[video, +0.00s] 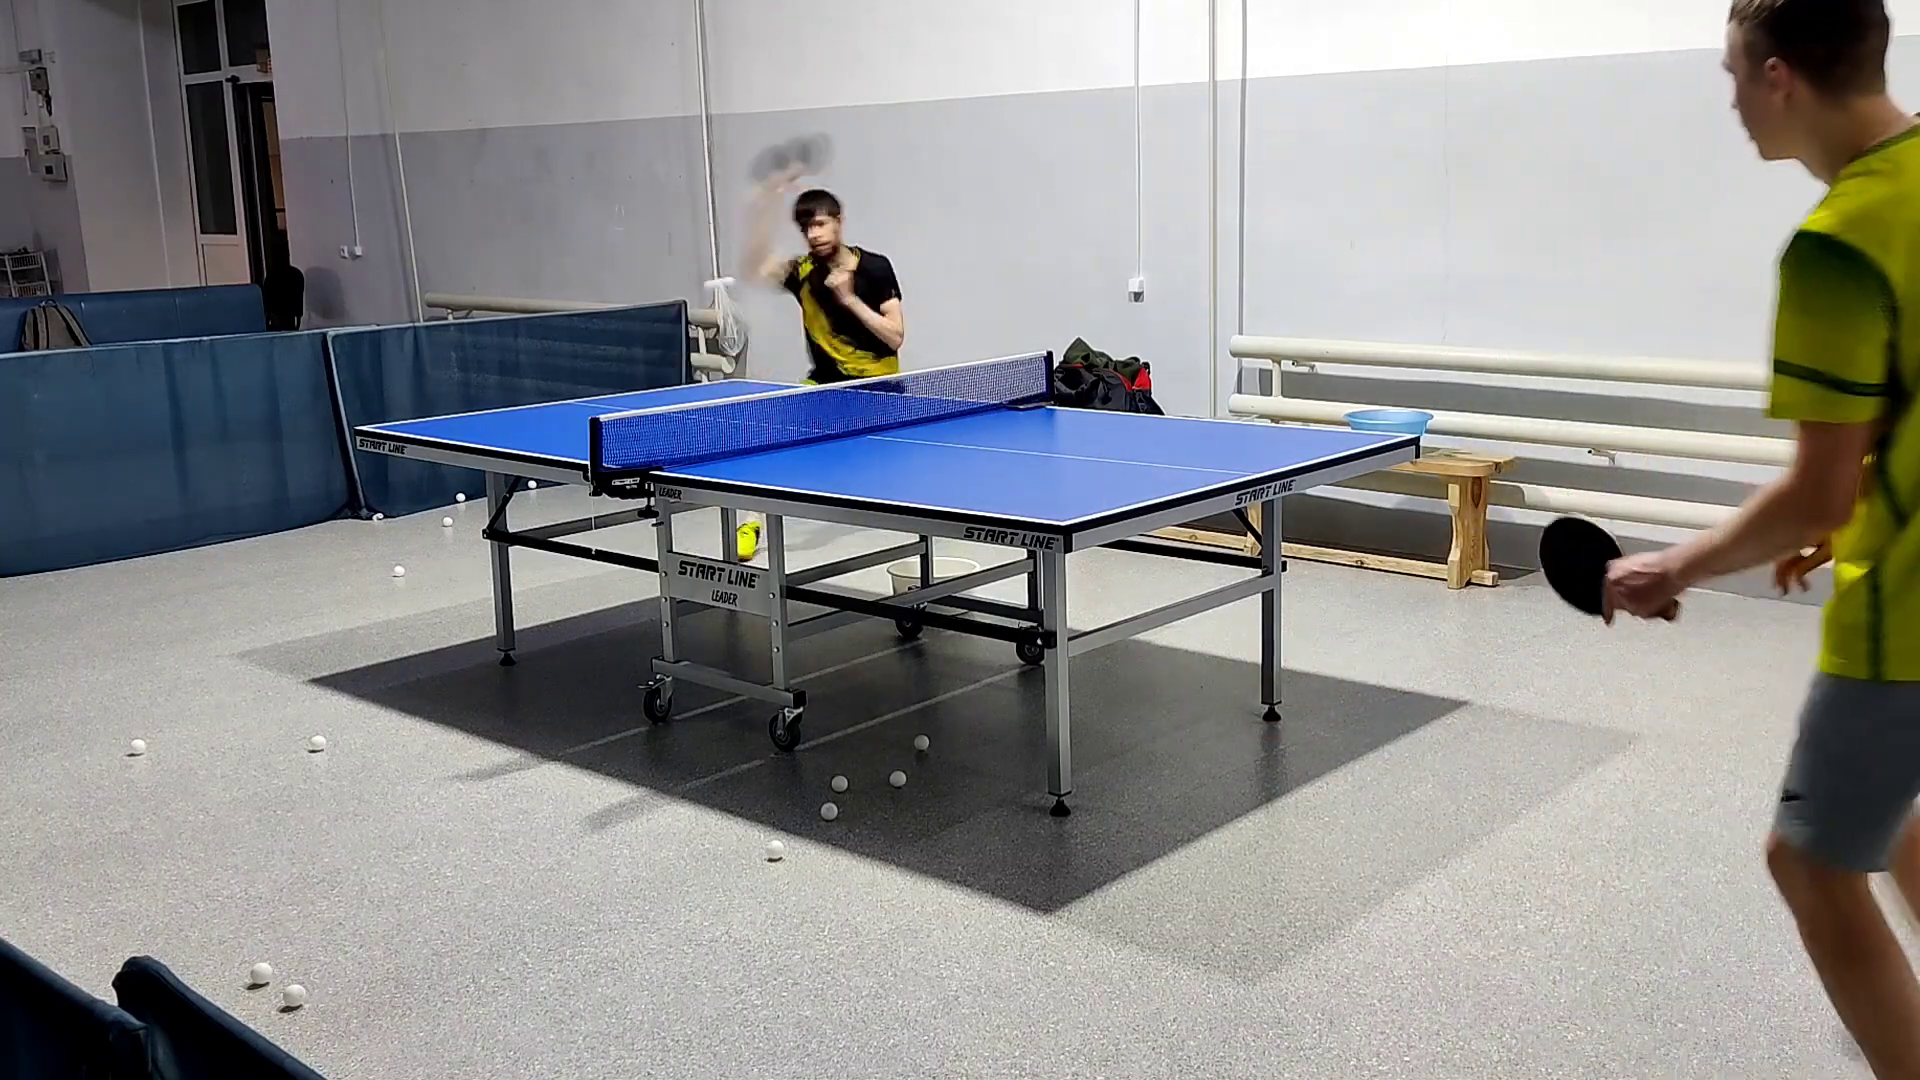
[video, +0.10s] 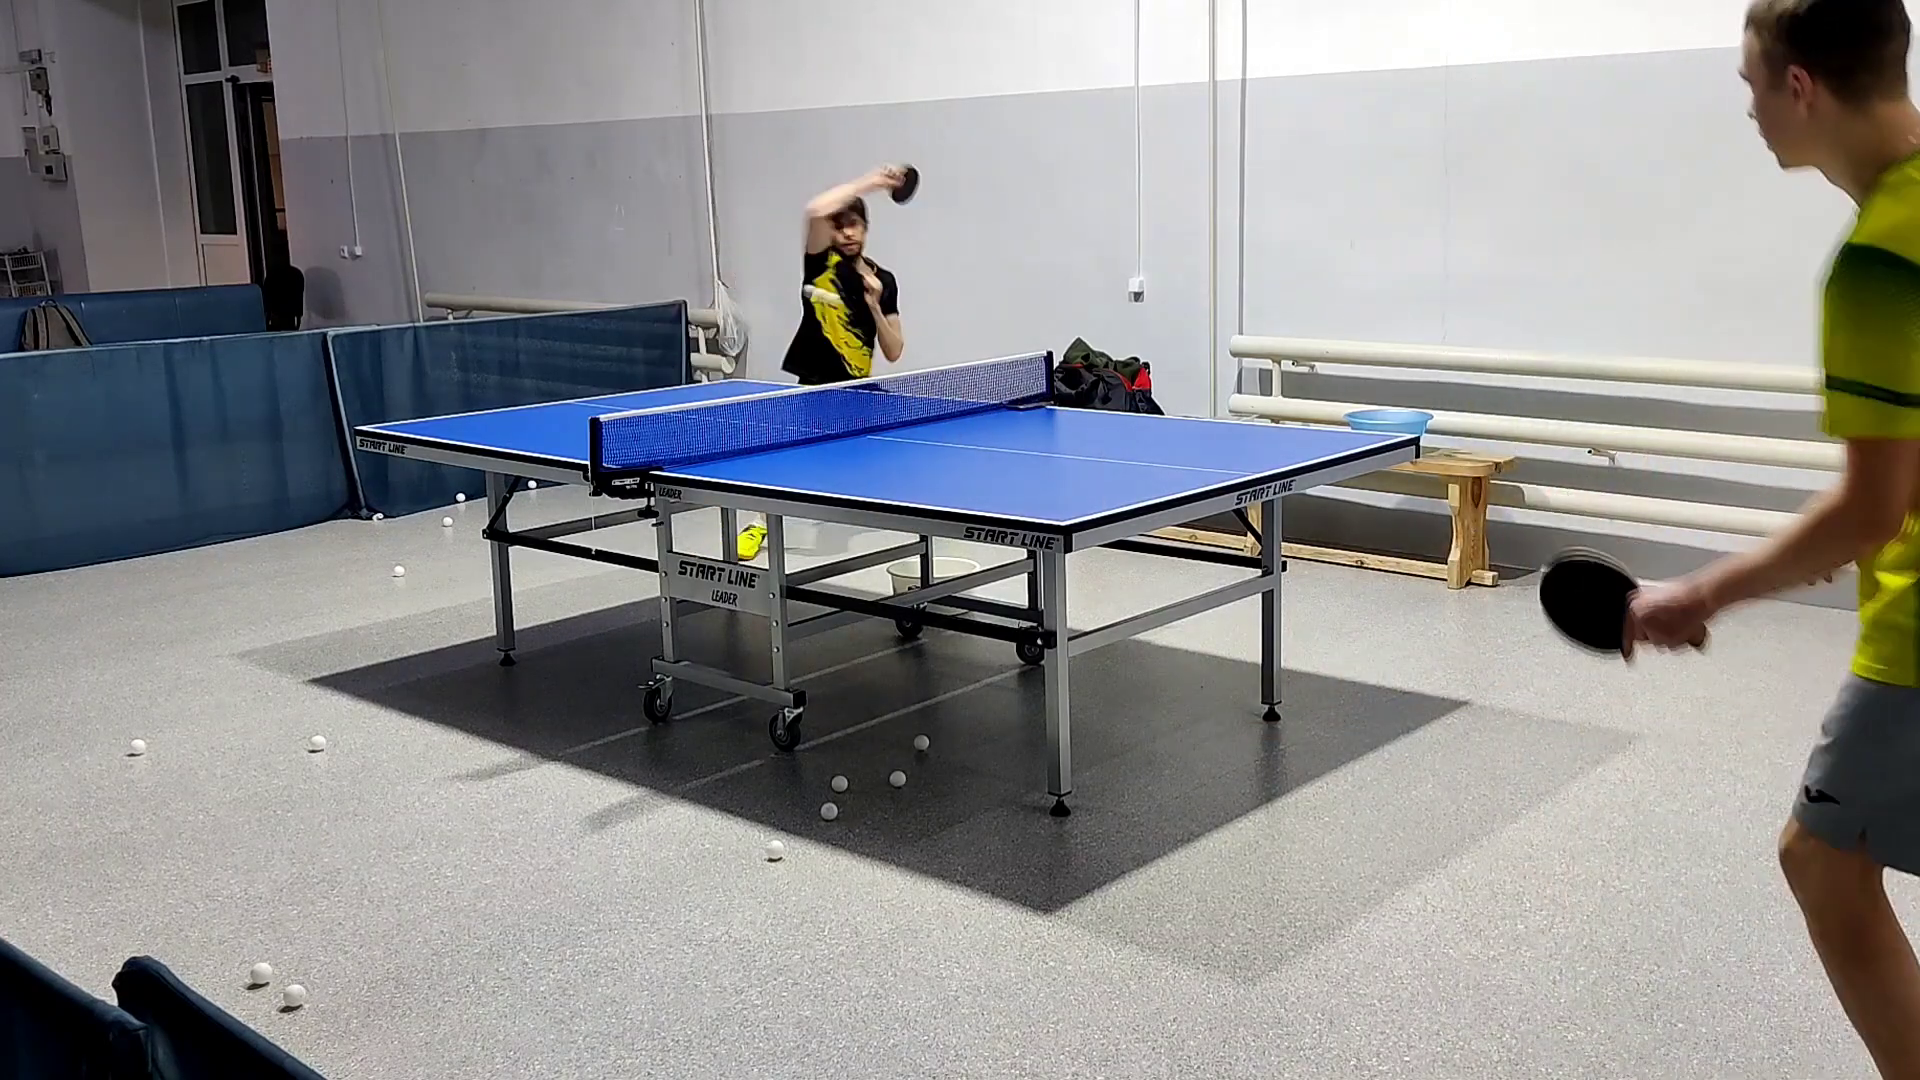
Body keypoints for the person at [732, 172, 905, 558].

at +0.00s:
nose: (813, 233)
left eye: (820, 224)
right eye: (807, 227)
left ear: (840, 223)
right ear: (802, 232)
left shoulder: (874, 268)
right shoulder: (800, 271)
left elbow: (895, 339)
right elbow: (752, 273)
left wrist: (849, 298)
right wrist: (769, 203)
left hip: (877, 385)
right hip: (823, 384)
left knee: (896, 465)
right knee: (766, 430)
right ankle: (752, 522)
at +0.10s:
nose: (846, 233)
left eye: (854, 225)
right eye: (839, 226)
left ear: (866, 229)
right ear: (828, 231)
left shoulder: (881, 279)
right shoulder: (820, 262)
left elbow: (893, 352)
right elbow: (814, 213)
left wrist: (874, 305)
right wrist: (872, 181)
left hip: (857, 390)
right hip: (811, 384)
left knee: (871, 470)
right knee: (784, 453)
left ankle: (901, 562)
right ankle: (760, 524)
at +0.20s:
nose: (864, 234)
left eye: (870, 226)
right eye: (856, 227)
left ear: (877, 232)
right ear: (841, 231)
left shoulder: (878, 284)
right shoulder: (830, 266)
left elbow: (885, 360)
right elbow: (838, 221)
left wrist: (883, 322)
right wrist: (889, 190)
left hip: (853, 388)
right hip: (811, 383)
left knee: (875, 468)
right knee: (793, 457)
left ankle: (900, 560)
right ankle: (763, 525)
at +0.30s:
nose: (860, 230)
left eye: (866, 221)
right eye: (851, 222)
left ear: (874, 227)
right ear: (837, 228)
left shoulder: (879, 279)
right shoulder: (826, 261)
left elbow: (885, 356)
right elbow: (830, 220)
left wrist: (882, 321)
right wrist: (883, 182)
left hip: (855, 386)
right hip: (811, 381)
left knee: (875, 463)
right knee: (793, 456)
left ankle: (901, 560)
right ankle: (762, 526)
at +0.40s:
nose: (851, 213)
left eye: (856, 205)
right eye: (842, 206)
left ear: (864, 210)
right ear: (827, 212)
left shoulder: (875, 261)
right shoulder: (815, 247)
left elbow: (893, 334)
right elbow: (802, 212)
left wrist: (880, 302)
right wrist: (853, 165)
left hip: (854, 376)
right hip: (807, 375)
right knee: (795, 456)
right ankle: (760, 527)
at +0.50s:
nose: (837, 182)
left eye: (842, 172)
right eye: (827, 174)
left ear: (851, 176)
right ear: (814, 182)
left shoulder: (867, 231)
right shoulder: (802, 223)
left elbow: (894, 300)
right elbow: (775, 201)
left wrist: (872, 283)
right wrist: (818, 152)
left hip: (851, 352)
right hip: (804, 351)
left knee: (916, 400)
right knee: (787, 415)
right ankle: (760, 525)